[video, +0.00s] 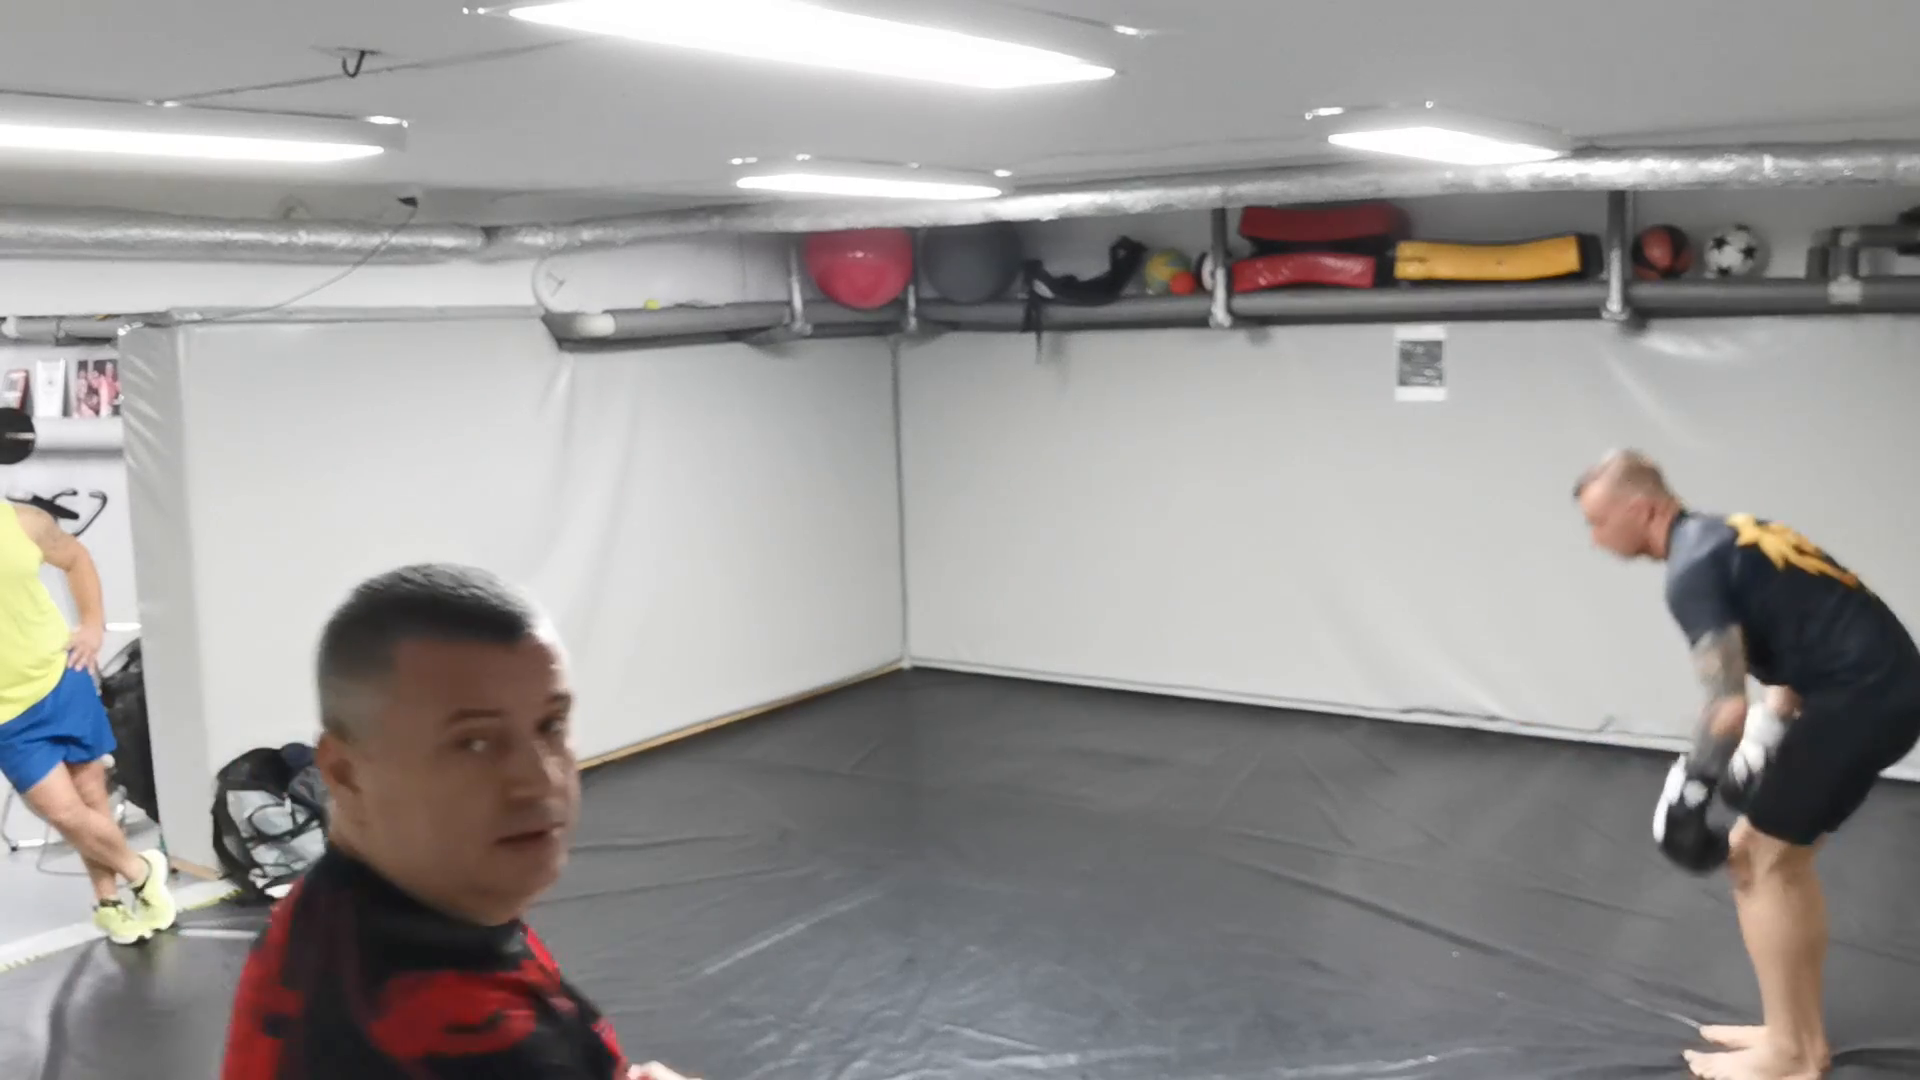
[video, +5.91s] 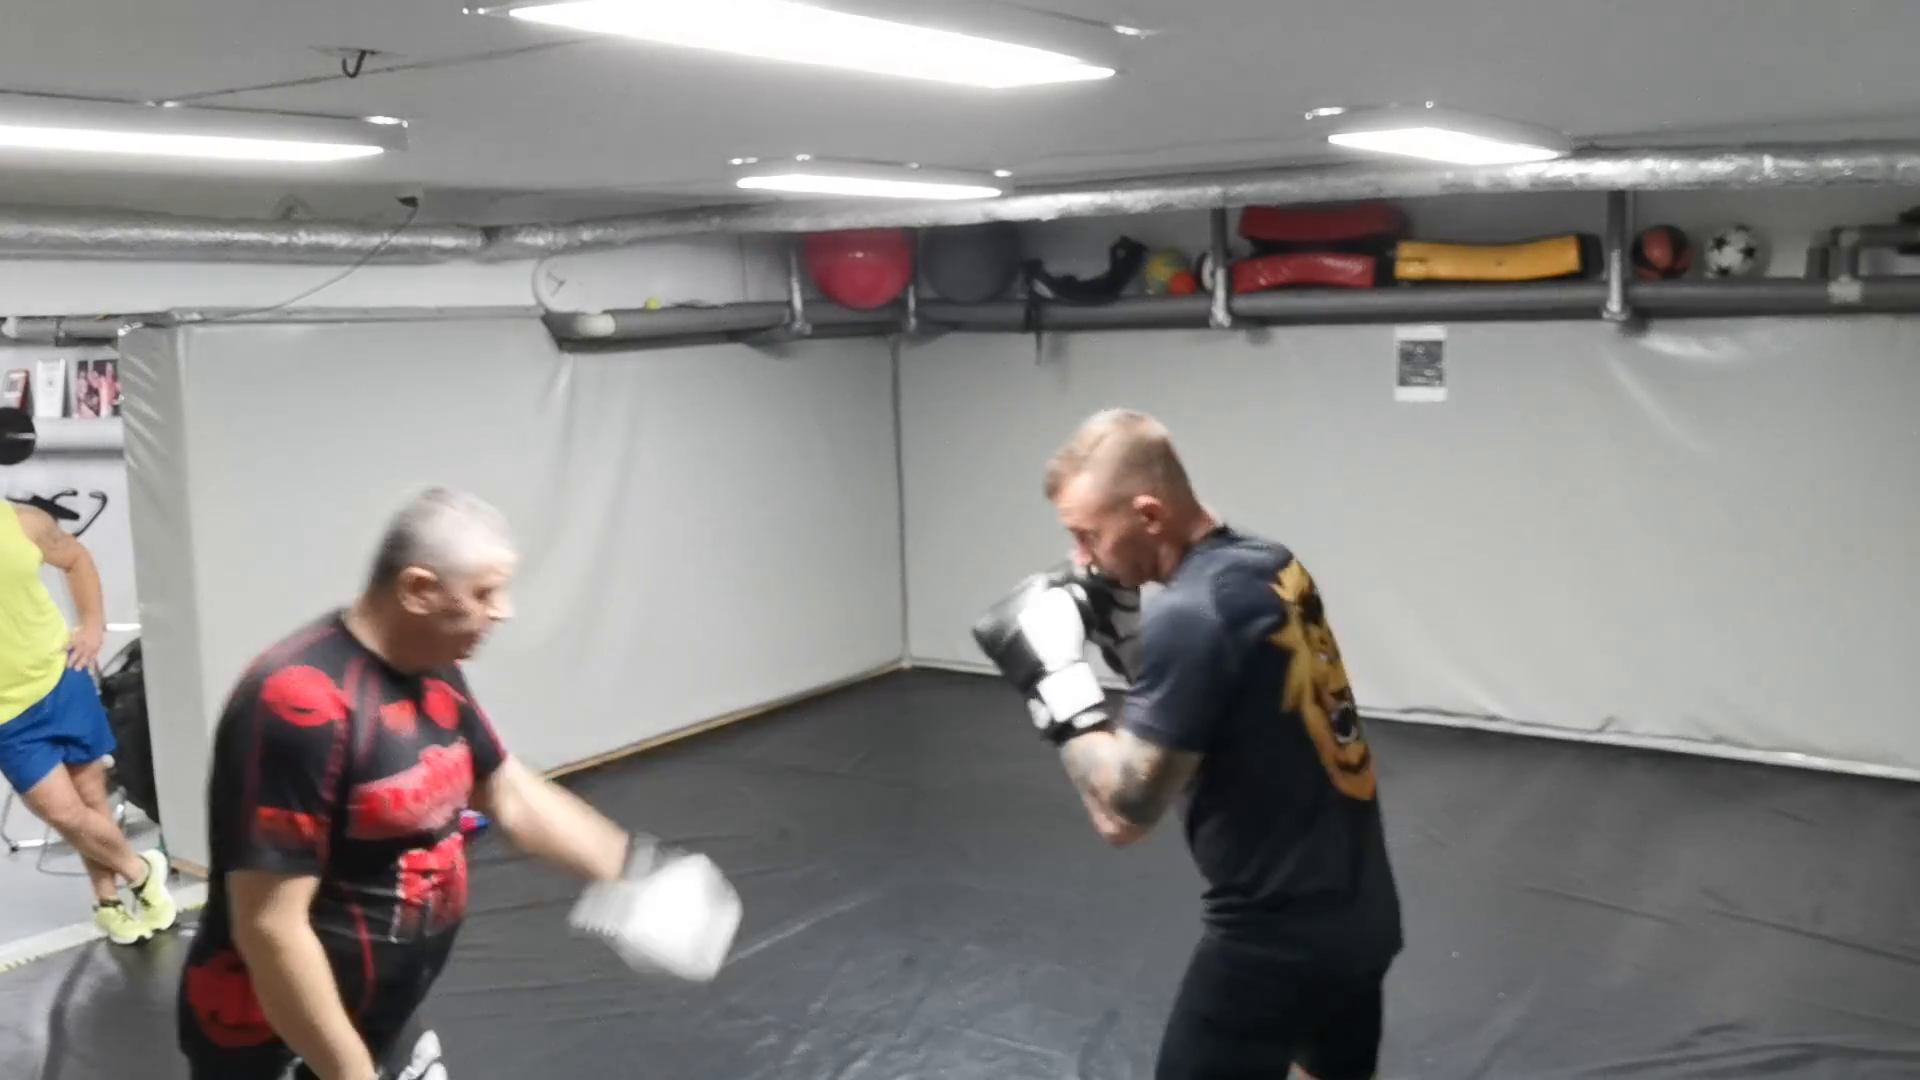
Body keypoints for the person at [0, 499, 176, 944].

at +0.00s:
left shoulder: (21, 522)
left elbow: (76, 557)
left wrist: (92, 623)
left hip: (61, 681)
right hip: (8, 714)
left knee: (91, 796)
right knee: (63, 814)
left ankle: (107, 901)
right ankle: (142, 872)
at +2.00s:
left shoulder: (22, 523)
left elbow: (76, 558)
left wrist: (92, 623)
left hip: (63, 683)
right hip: (9, 716)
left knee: (92, 798)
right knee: (64, 816)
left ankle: (107, 901)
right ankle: (142, 872)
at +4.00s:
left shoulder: (21, 522)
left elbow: (76, 557)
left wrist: (92, 622)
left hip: (62, 682)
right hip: (8, 715)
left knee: (92, 798)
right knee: (66, 817)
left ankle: (108, 902)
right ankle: (142, 872)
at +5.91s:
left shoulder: (19, 522)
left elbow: (76, 558)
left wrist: (92, 623)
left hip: (62, 682)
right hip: (8, 715)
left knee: (91, 798)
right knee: (66, 817)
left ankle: (107, 900)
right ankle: (141, 872)